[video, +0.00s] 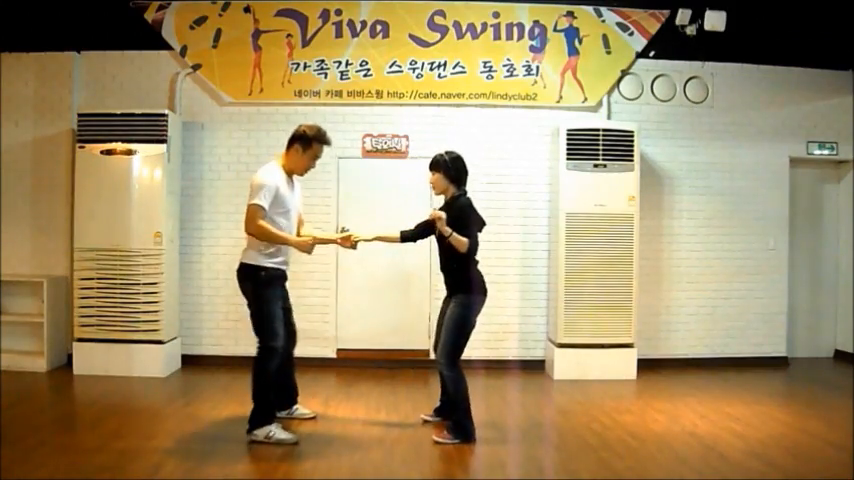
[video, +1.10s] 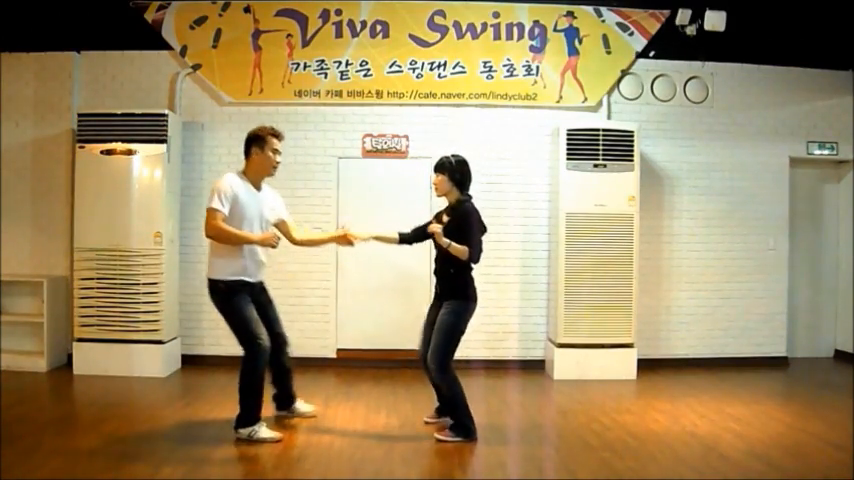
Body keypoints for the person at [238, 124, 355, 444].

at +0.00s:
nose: (313, 165)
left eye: (316, 159)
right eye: (313, 158)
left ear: (302, 152)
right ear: (295, 149)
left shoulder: (292, 182)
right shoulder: (268, 178)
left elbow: (298, 230)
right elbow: (252, 225)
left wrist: (336, 239)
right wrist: (293, 242)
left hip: (275, 271)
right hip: (258, 271)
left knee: (286, 339)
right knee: (272, 343)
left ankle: (284, 405)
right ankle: (260, 424)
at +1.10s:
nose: (278, 159)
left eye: (279, 154)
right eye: (274, 152)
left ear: (268, 157)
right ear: (253, 152)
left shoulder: (269, 196)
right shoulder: (227, 185)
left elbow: (296, 237)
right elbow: (212, 228)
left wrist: (335, 237)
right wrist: (256, 238)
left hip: (254, 283)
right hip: (226, 283)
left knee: (278, 342)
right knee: (258, 345)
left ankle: (285, 403)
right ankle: (247, 424)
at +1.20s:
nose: (268, 156)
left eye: (269, 150)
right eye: (264, 149)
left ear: (257, 153)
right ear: (243, 148)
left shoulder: (258, 191)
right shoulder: (218, 180)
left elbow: (286, 231)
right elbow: (206, 225)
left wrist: (325, 229)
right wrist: (251, 233)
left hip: (239, 278)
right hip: (213, 279)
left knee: (266, 336)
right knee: (248, 344)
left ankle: (249, 401)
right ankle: (246, 424)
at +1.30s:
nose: (255, 158)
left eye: (256, 152)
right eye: (250, 151)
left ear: (244, 154)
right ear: (230, 150)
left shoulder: (246, 193)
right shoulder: (208, 183)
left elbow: (270, 233)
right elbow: (202, 231)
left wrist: (311, 233)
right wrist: (248, 240)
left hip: (230, 280)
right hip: (207, 281)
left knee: (245, 345)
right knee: (244, 344)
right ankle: (247, 422)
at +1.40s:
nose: (244, 161)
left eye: (246, 155)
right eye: (240, 154)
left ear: (229, 156)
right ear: (219, 153)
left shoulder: (235, 195)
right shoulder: (196, 188)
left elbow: (255, 238)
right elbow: (196, 239)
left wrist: (295, 240)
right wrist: (241, 247)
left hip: (220, 283)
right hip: (199, 283)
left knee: (210, 350)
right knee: (236, 345)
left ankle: (158, 398)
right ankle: (247, 423)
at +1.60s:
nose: (233, 158)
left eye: (235, 152)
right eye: (229, 151)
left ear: (218, 152)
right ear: (209, 149)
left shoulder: (222, 190)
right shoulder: (183, 183)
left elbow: (232, 237)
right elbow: (181, 234)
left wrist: (266, 236)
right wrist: (227, 237)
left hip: (202, 277)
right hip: (179, 276)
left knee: (182, 346)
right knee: (214, 337)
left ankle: (148, 407)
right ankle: (216, 417)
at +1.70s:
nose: (232, 157)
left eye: (233, 151)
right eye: (228, 150)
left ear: (219, 151)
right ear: (208, 148)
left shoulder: (219, 190)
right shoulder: (182, 182)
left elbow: (223, 231)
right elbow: (179, 233)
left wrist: (254, 235)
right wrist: (223, 236)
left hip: (200, 277)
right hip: (177, 276)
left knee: (178, 346)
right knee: (206, 339)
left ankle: (148, 408)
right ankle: (181, 410)